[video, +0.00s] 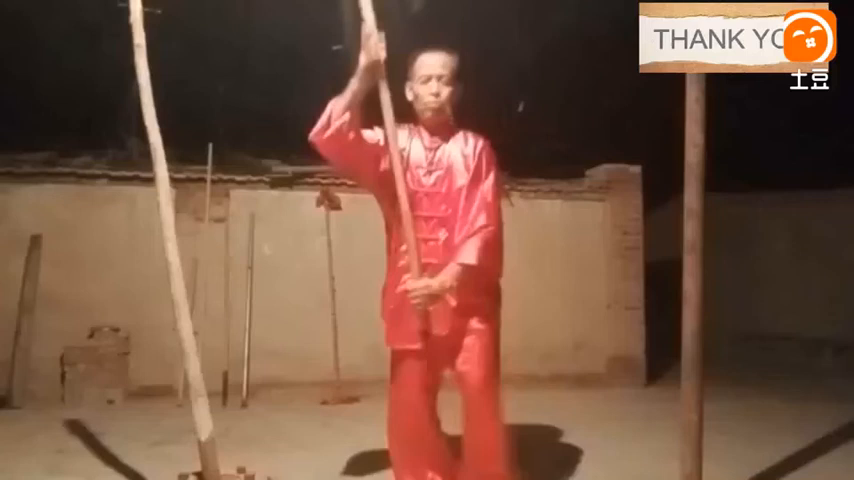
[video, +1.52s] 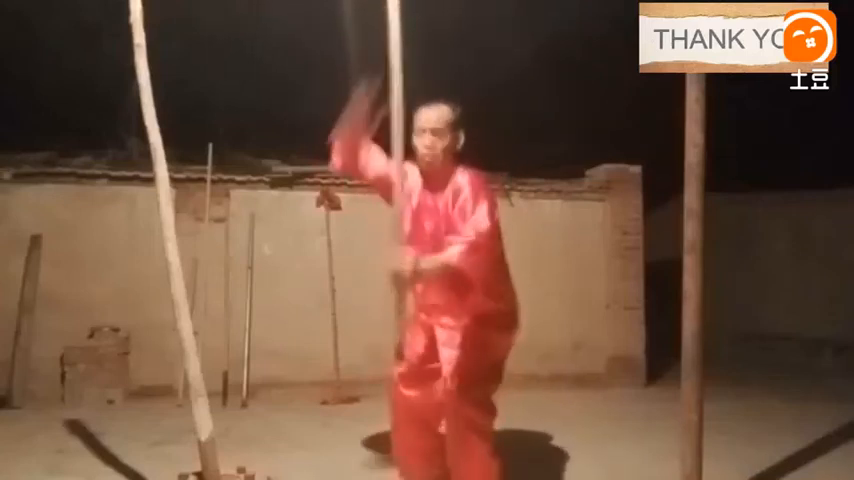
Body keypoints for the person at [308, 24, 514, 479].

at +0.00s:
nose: (437, 89)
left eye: (446, 80)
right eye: (426, 80)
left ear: (457, 89)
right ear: (410, 88)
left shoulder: (474, 149)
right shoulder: (389, 145)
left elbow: (483, 226)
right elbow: (328, 137)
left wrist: (446, 278)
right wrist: (363, 75)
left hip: (469, 291)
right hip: (410, 292)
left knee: (479, 388)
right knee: (411, 398)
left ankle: (487, 477)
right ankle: (419, 476)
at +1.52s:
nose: (426, 141)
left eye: (436, 133)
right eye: (420, 132)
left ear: (456, 140)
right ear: (412, 138)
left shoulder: (470, 185)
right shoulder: (405, 179)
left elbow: (475, 247)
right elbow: (352, 158)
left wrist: (420, 266)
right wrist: (357, 111)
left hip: (475, 314)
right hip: (426, 314)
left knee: (461, 399)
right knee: (410, 393)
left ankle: (475, 474)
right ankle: (420, 473)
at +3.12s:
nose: (396, 255)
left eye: (402, 247)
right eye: (390, 249)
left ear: (413, 249)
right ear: (384, 252)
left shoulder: (426, 280)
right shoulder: (390, 285)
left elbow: (420, 336)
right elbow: (363, 290)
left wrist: (387, 371)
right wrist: (345, 287)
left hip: (462, 354)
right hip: (435, 353)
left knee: (406, 389)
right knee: (395, 384)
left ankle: (436, 443)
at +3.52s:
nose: (421, 218)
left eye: (426, 210)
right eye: (414, 212)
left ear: (435, 212)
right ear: (405, 215)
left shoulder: (445, 243)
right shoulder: (401, 245)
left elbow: (443, 298)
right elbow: (365, 246)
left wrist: (411, 336)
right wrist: (339, 232)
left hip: (485, 316)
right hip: (452, 319)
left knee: (454, 359)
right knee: (425, 365)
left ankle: (459, 439)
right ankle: (431, 431)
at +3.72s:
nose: (462, 202)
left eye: (468, 195)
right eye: (456, 195)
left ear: (478, 199)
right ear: (445, 199)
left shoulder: (490, 234)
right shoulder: (434, 235)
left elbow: (502, 283)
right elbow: (393, 244)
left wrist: (472, 306)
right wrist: (355, 247)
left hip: (507, 318)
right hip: (463, 320)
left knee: (543, 376)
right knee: (429, 371)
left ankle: (574, 437)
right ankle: (433, 432)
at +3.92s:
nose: (530, 195)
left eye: (534, 187)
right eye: (522, 188)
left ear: (540, 193)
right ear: (507, 194)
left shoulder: (551, 232)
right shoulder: (494, 232)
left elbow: (586, 259)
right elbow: (448, 275)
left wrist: (599, 253)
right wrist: (472, 297)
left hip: (542, 334)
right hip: (494, 335)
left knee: (584, 380)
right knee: (458, 388)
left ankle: (614, 459)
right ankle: (420, 424)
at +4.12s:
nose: (548, 201)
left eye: (552, 194)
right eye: (540, 194)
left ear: (555, 197)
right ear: (519, 199)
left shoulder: (553, 228)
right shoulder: (518, 235)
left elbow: (587, 218)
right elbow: (563, 269)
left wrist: (608, 206)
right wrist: (616, 260)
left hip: (543, 335)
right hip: (499, 337)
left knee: (584, 375)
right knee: (459, 393)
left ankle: (615, 459)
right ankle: (406, 435)